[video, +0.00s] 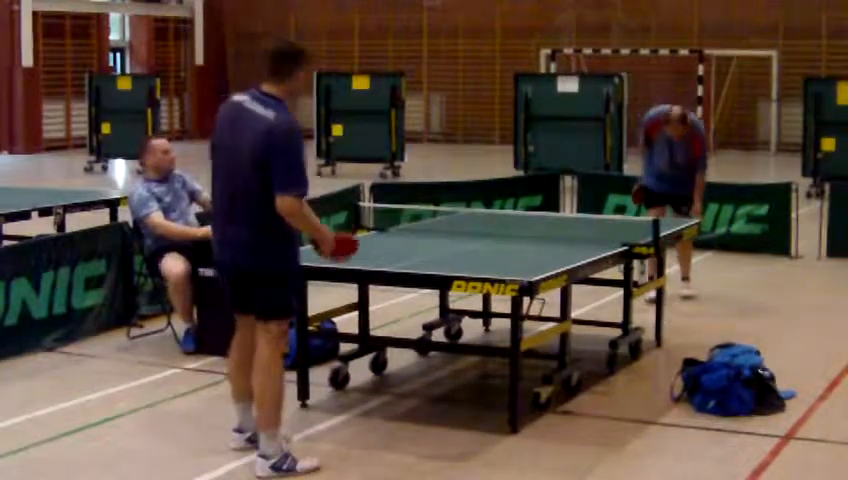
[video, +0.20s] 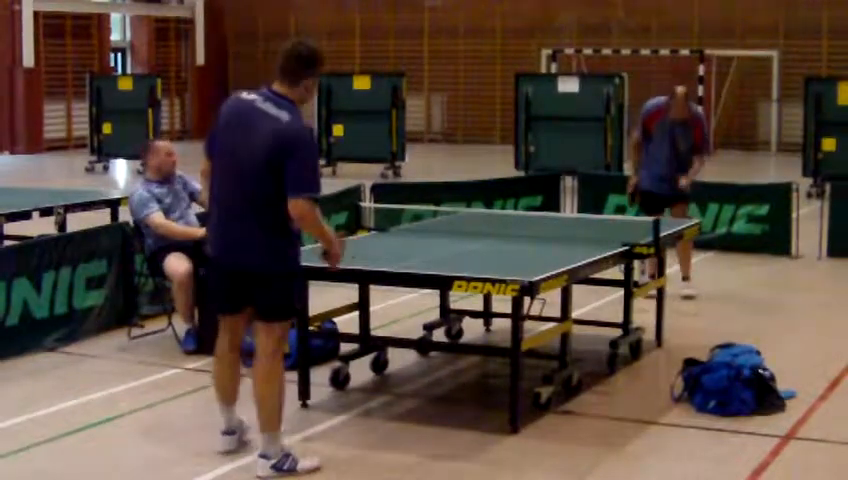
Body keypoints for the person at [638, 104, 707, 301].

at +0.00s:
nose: (675, 134)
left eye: (679, 131)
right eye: (672, 130)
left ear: (686, 125)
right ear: (666, 123)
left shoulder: (696, 130)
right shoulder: (652, 121)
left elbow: (700, 170)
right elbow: (645, 149)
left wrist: (697, 202)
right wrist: (645, 179)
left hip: (684, 184)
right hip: (656, 182)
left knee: (685, 231)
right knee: (655, 230)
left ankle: (685, 280)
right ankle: (653, 282)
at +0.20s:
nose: (678, 109)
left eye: (682, 105)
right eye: (675, 104)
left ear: (687, 102)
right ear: (669, 100)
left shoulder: (695, 116)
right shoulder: (653, 109)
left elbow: (701, 154)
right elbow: (637, 140)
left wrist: (689, 176)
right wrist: (634, 173)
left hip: (677, 181)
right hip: (651, 180)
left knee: (682, 228)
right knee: (650, 230)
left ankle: (686, 278)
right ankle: (650, 277)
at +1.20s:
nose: (648, 99)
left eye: (652, 94)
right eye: (645, 94)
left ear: (662, 91)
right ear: (641, 90)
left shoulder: (677, 111)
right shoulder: (634, 104)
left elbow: (683, 151)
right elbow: (621, 133)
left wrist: (663, 181)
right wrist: (621, 159)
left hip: (663, 181)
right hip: (634, 178)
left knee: (666, 235)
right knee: (626, 229)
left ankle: (668, 286)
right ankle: (617, 283)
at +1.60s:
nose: (619, 104)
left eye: (623, 100)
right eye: (616, 99)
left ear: (635, 98)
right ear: (612, 95)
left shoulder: (646, 120)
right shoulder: (602, 112)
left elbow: (645, 162)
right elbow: (582, 139)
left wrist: (620, 189)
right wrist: (588, 168)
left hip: (634, 187)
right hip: (602, 186)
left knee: (655, 236)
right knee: (596, 239)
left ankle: (665, 287)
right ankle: (594, 291)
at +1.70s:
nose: (616, 104)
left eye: (621, 99)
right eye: (614, 98)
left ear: (632, 98)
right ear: (609, 96)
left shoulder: (643, 121)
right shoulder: (600, 112)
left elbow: (641, 163)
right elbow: (577, 142)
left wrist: (616, 189)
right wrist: (583, 171)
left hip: (629, 187)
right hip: (597, 187)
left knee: (650, 236)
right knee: (593, 240)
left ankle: (666, 288)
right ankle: (594, 291)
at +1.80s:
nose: (614, 103)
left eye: (619, 99)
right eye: (611, 98)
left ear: (629, 98)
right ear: (607, 97)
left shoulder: (641, 123)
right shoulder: (597, 115)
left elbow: (640, 164)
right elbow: (576, 144)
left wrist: (616, 190)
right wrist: (580, 175)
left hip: (629, 189)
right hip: (596, 188)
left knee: (649, 238)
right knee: (592, 241)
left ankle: (666, 289)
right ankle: (594, 292)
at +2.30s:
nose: (639, 82)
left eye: (644, 77)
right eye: (636, 77)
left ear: (651, 81)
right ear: (629, 80)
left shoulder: (659, 106)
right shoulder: (617, 105)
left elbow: (656, 123)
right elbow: (603, 129)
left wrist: (638, 107)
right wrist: (611, 149)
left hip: (650, 181)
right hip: (620, 181)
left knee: (666, 235)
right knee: (608, 235)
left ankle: (675, 287)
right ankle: (596, 289)